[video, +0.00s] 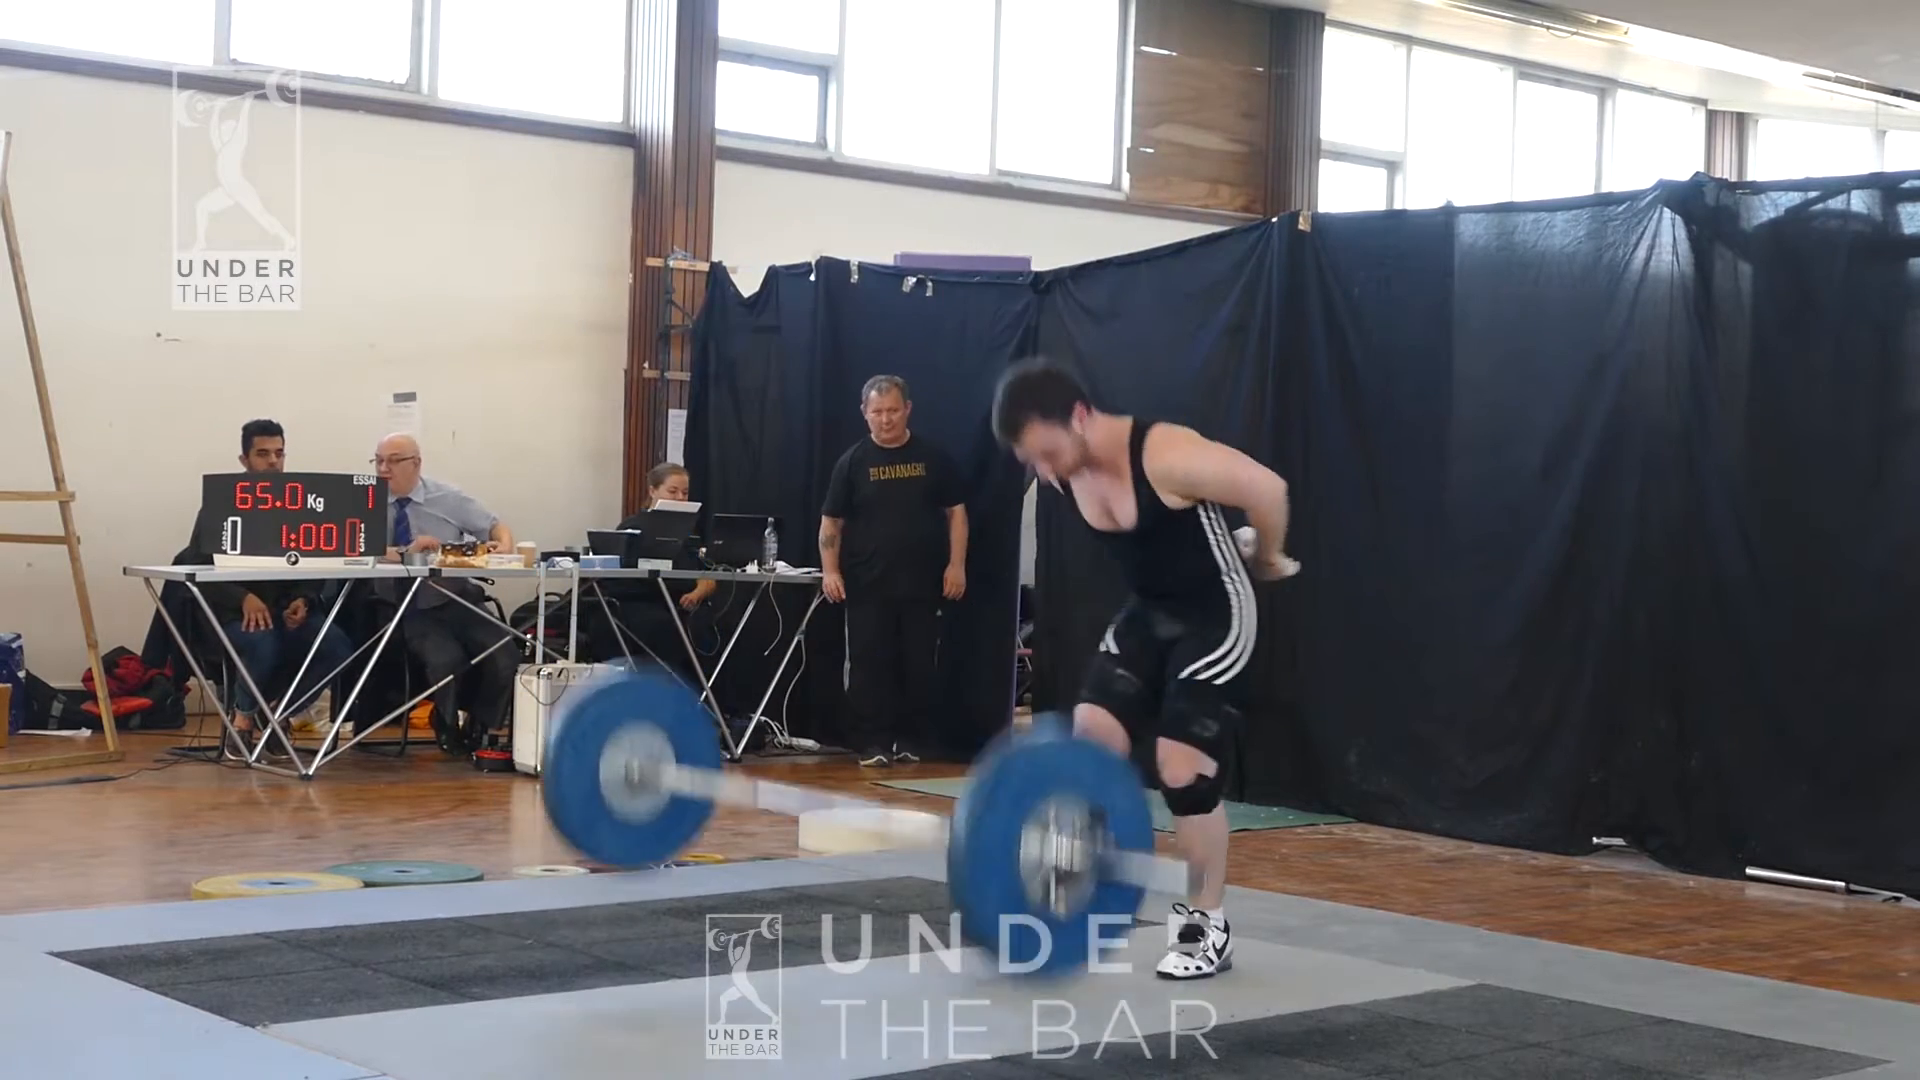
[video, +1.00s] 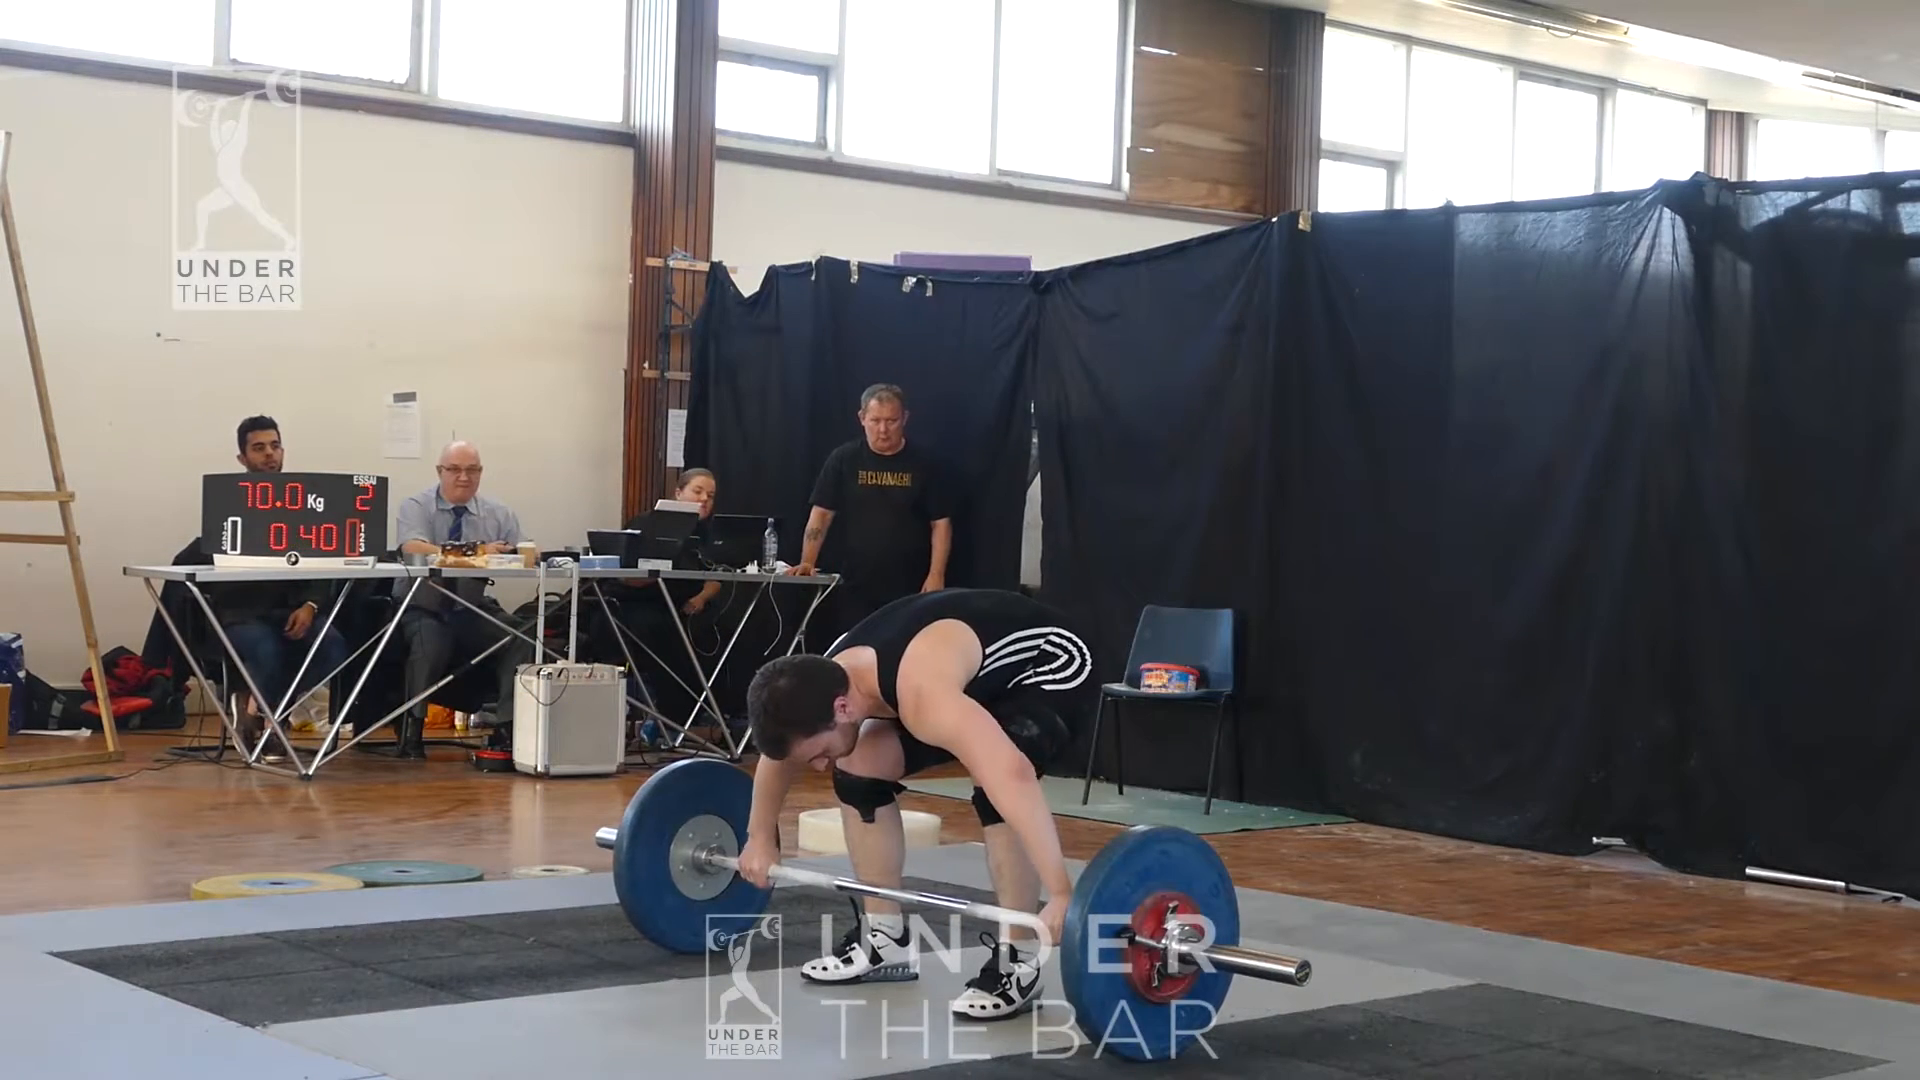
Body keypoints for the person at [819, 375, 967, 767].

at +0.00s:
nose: (885, 419)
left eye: (892, 411)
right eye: (877, 412)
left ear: (907, 411)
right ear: (865, 414)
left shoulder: (933, 458)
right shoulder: (851, 463)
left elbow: (956, 512)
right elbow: (830, 523)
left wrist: (957, 564)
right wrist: (830, 570)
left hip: (921, 582)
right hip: (867, 583)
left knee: (917, 664)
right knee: (869, 666)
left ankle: (910, 742)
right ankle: (875, 744)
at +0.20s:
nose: (879, 418)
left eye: (885, 409)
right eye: (871, 410)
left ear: (899, 408)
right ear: (856, 413)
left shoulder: (925, 455)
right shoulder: (844, 465)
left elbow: (949, 507)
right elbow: (825, 524)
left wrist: (951, 557)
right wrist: (820, 576)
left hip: (916, 579)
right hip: (864, 582)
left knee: (916, 663)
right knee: (869, 666)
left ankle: (909, 740)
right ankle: (873, 744)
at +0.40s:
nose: (888, 427)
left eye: (896, 419)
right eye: (880, 418)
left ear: (908, 420)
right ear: (865, 416)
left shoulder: (926, 463)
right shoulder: (846, 460)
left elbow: (943, 524)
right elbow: (820, 514)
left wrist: (935, 575)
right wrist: (807, 563)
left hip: (907, 587)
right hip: (854, 584)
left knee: (902, 671)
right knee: (852, 669)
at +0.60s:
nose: (886, 428)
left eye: (894, 419)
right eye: (879, 419)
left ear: (907, 419)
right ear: (865, 417)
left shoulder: (926, 463)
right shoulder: (845, 460)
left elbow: (942, 525)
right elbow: (820, 514)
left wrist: (933, 575)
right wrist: (807, 562)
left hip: (909, 589)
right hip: (856, 585)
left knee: (903, 671)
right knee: (853, 669)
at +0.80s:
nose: (885, 428)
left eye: (892, 420)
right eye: (877, 419)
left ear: (906, 418)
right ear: (863, 417)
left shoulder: (926, 463)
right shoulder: (845, 460)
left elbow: (943, 524)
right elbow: (820, 514)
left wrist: (936, 574)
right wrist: (807, 562)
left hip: (908, 586)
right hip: (855, 584)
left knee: (903, 670)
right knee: (853, 666)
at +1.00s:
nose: (883, 429)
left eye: (891, 421)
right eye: (875, 420)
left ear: (904, 419)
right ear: (862, 419)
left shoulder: (925, 463)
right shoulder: (843, 460)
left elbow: (941, 524)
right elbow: (821, 514)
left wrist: (936, 575)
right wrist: (807, 562)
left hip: (907, 585)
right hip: (855, 583)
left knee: (902, 670)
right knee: (853, 665)